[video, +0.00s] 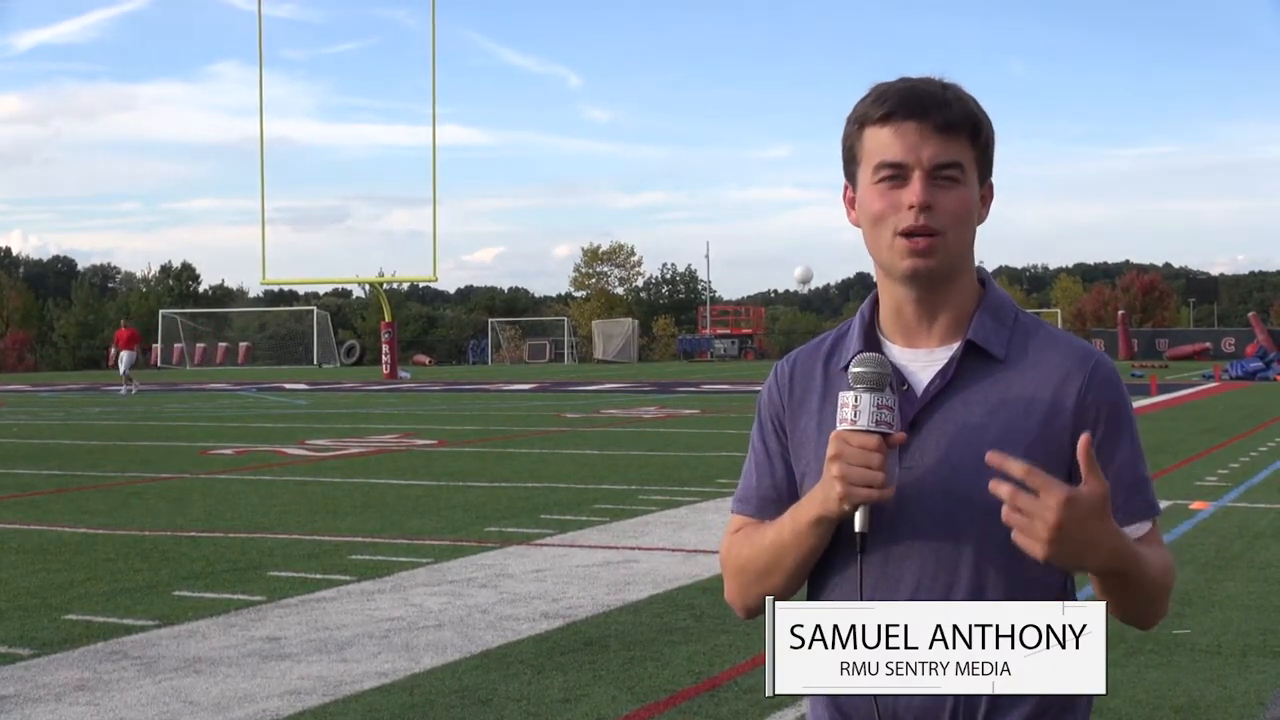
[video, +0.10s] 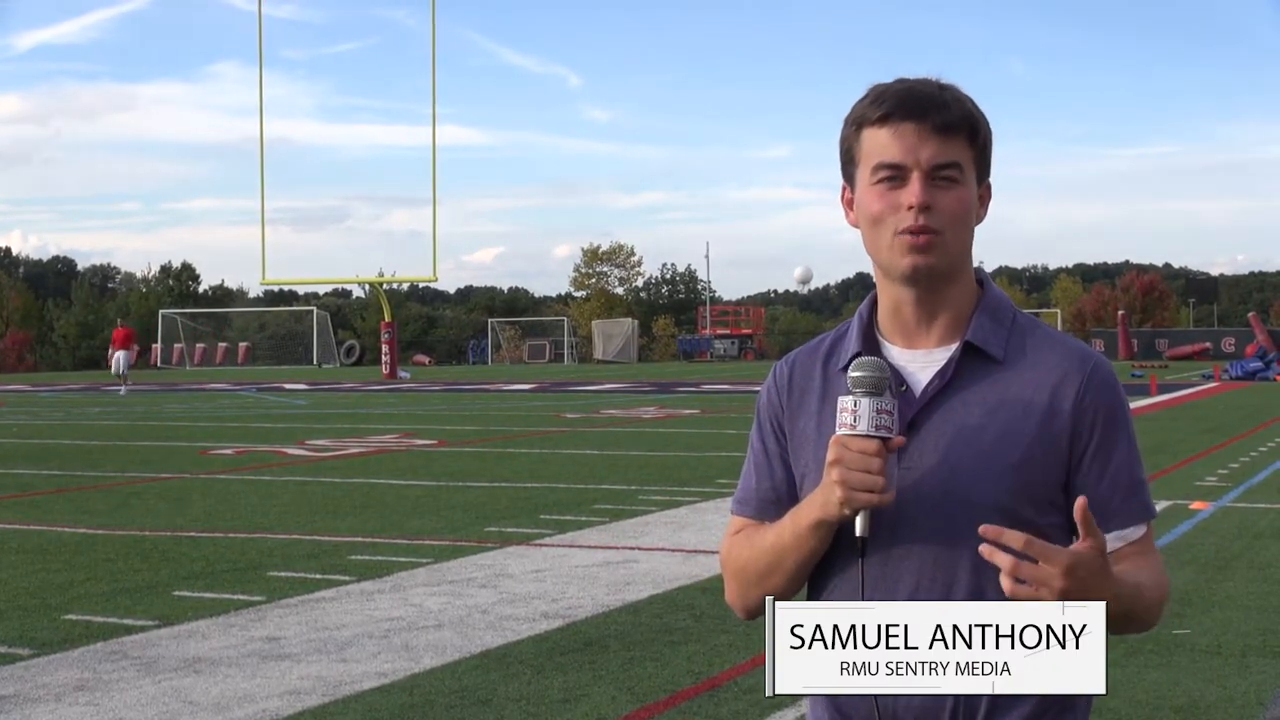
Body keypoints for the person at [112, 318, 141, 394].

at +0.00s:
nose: (124, 324)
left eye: (125, 322)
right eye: (122, 322)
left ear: (128, 323)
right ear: (121, 323)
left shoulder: (133, 332)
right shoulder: (118, 332)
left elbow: (137, 344)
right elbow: (115, 345)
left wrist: (138, 354)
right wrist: (112, 358)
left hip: (130, 352)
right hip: (122, 352)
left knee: (124, 371)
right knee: (122, 372)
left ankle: (124, 388)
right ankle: (134, 384)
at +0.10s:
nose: (120, 323)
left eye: (121, 322)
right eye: (118, 322)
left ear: (124, 322)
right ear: (117, 323)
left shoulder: (129, 331)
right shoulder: (115, 331)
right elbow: (112, 344)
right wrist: (109, 354)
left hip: (125, 351)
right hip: (116, 351)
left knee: (123, 371)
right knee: (114, 371)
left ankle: (124, 387)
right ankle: (124, 382)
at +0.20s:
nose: (116, 322)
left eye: (118, 321)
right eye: (115, 321)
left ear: (120, 321)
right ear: (114, 321)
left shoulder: (123, 330)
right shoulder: (112, 330)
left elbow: (126, 341)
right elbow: (110, 341)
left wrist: (126, 351)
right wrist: (109, 349)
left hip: (121, 351)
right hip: (113, 351)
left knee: (122, 370)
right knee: (109, 369)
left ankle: (123, 387)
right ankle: (116, 385)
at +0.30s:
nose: (112, 323)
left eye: (113, 322)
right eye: (111, 322)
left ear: (117, 322)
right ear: (110, 322)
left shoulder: (120, 330)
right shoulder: (108, 331)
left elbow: (121, 342)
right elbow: (108, 342)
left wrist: (115, 350)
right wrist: (106, 350)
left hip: (119, 352)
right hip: (110, 352)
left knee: (120, 371)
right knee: (106, 371)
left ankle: (123, 388)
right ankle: (105, 387)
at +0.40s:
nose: (107, 325)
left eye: (109, 323)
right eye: (106, 323)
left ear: (112, 323)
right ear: (105, 324)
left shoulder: (115, 332)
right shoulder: (104, 332)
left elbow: (116, 343)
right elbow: (103, 343)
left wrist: (109, 349)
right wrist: (103, 351)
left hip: (115, 353)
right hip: (106, 353)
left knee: (117, 372)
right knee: (103, 371)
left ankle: (122, 388)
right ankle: (99, 387)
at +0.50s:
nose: (103, 325)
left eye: (104, 323)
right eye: (102, 323)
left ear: (107, 324)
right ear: (100, 324)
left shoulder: (110, 332)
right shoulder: (99, 332)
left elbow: (111, 343)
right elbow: (99, 342)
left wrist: (104, 349)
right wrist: (98, 351)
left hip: (109, 353)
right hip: (101, 353)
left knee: (113, 372)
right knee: (98, 372)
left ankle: (120, 387)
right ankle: (97, 388)